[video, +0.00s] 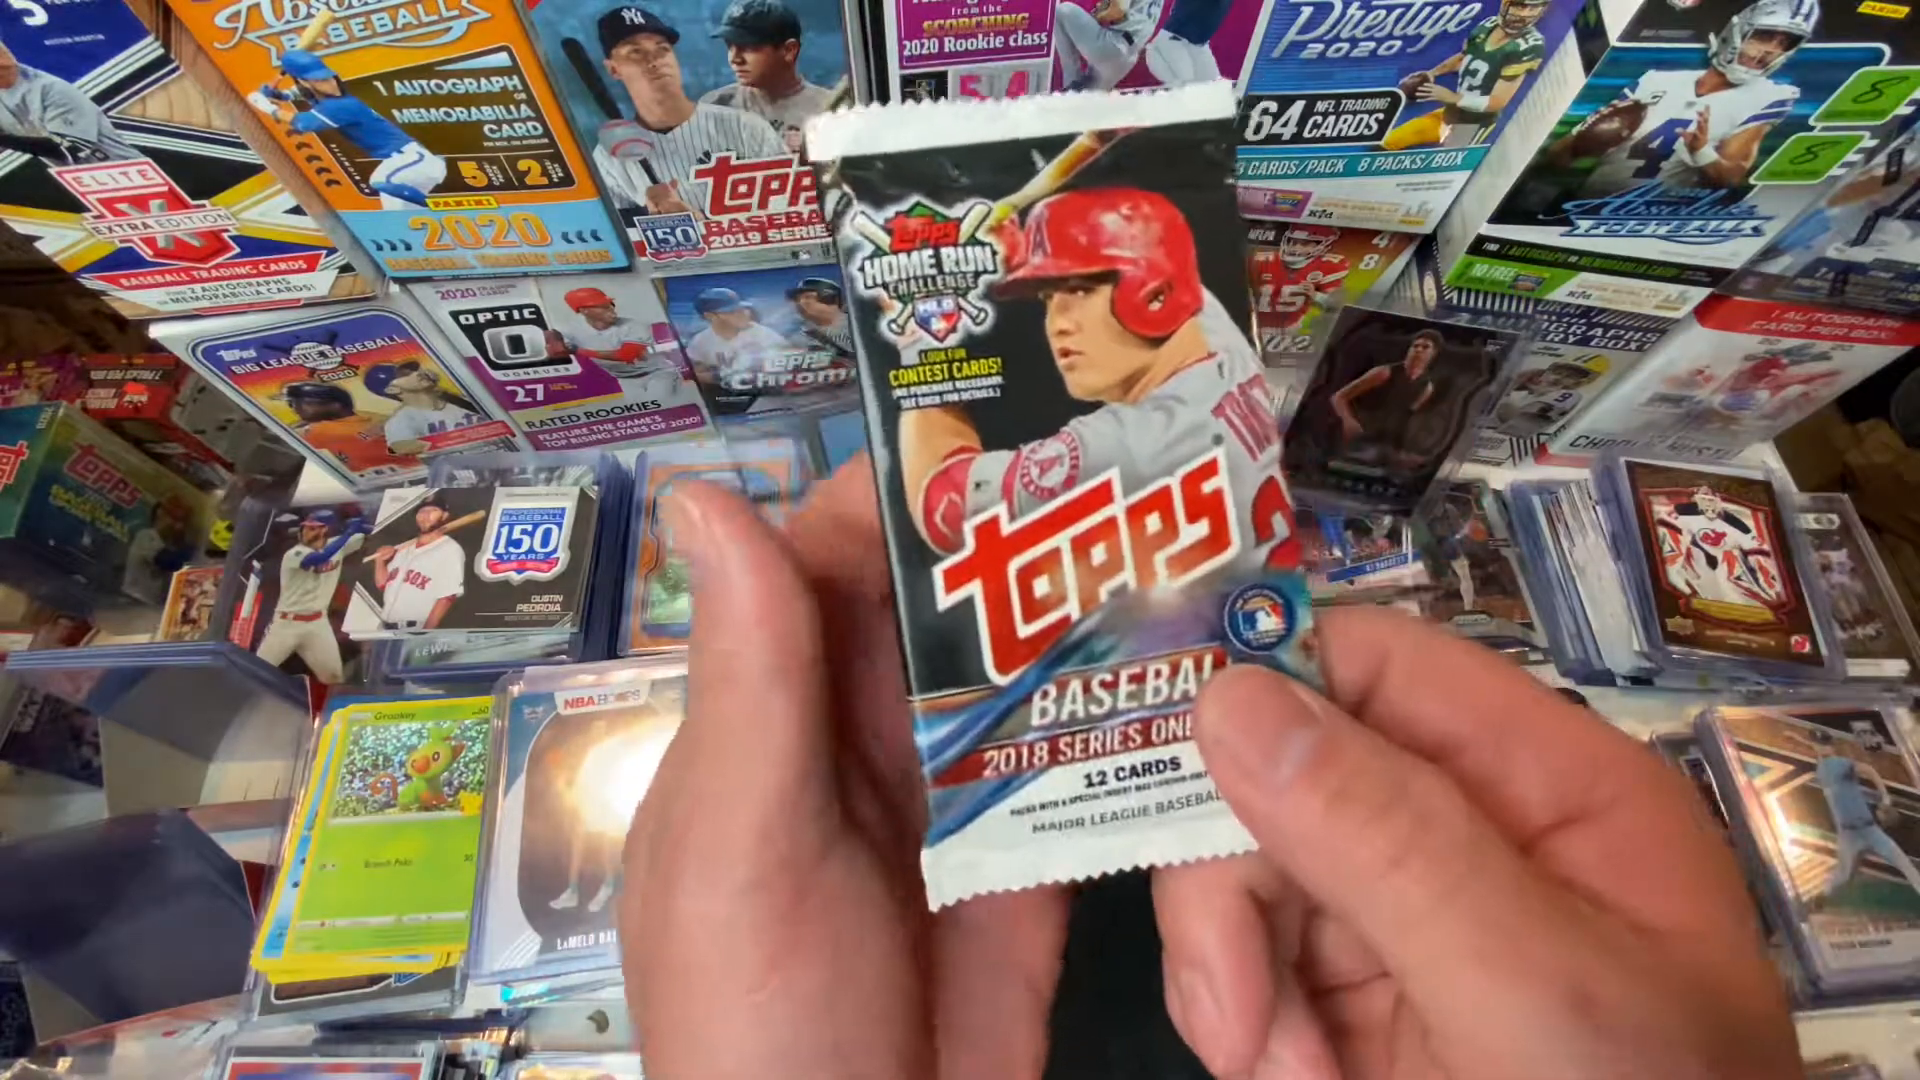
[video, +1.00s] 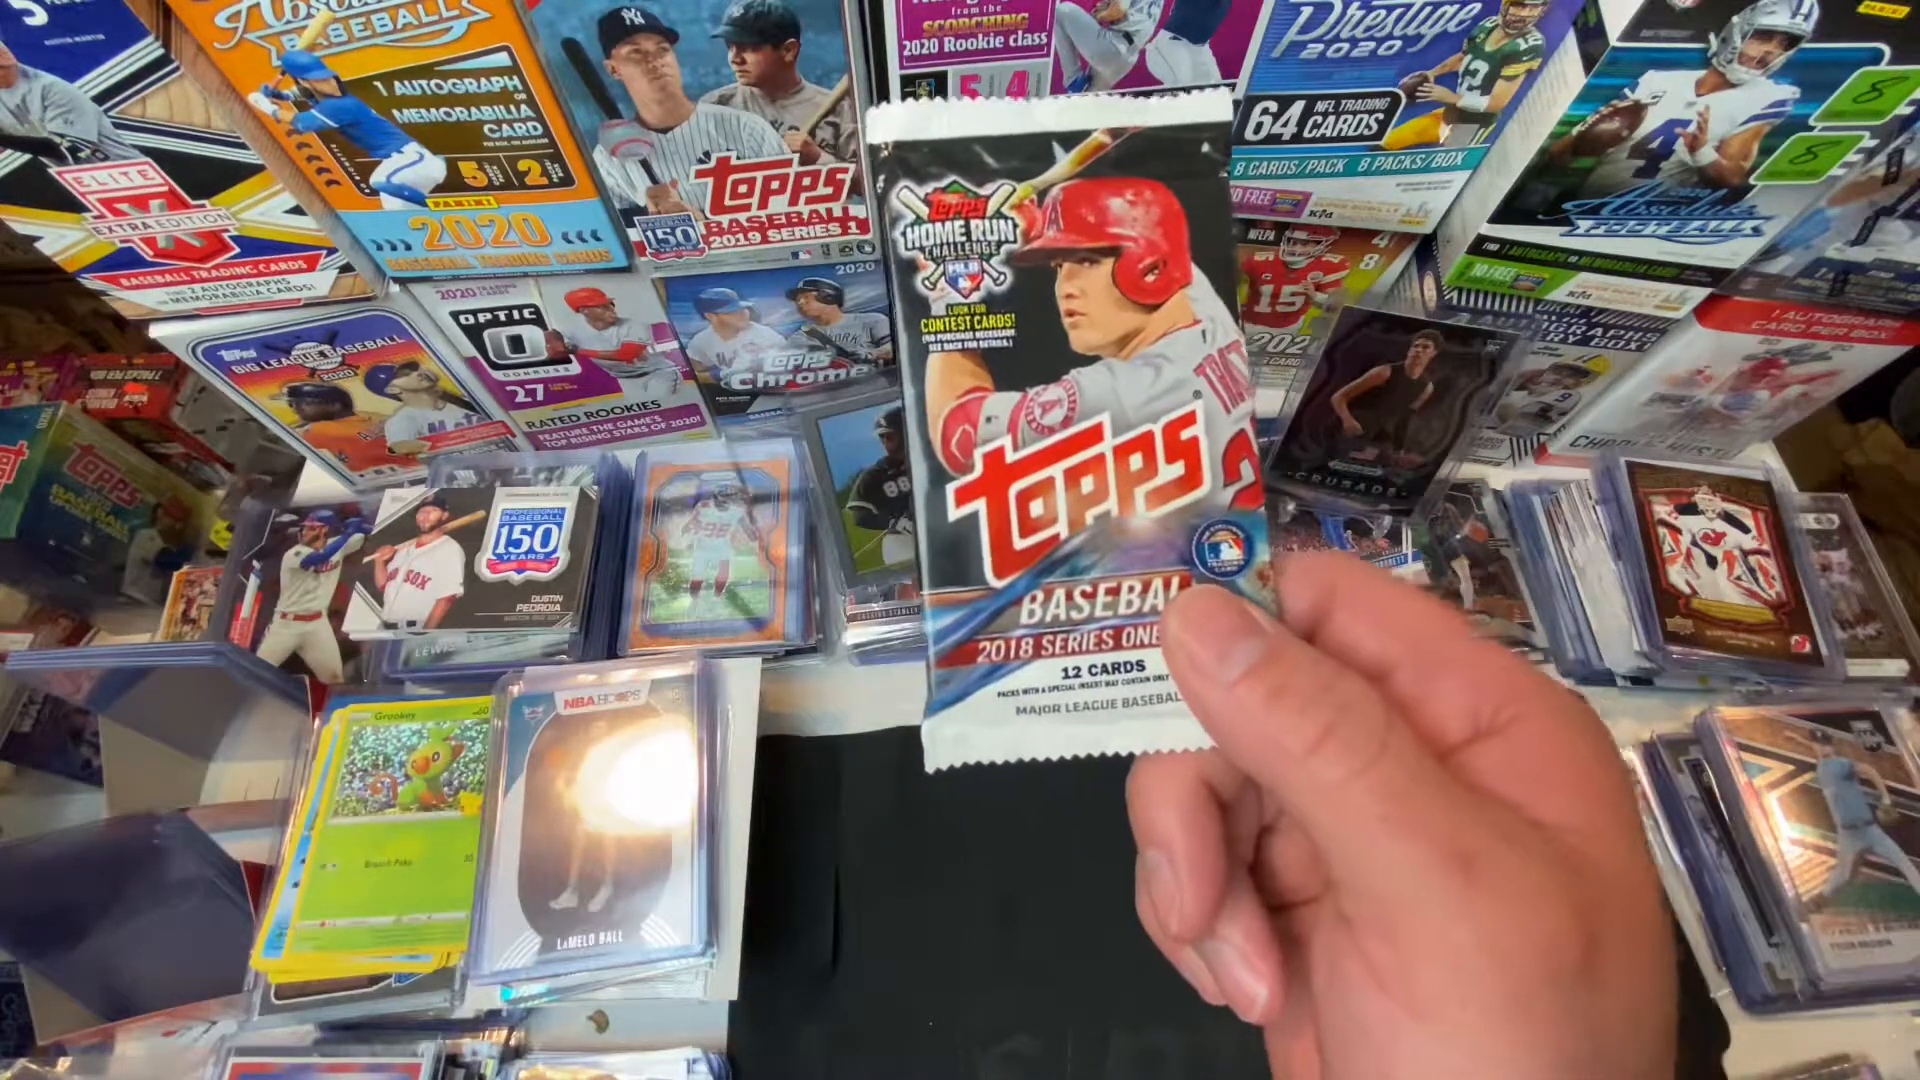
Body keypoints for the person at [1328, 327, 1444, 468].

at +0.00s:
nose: (1419, 350)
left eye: (1425, 347)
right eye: (1416, 346)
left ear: (1433, 355)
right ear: (1410, 349)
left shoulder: (1426, 389)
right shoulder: (1384, 373)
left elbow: (1404, 415)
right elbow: (1339, 398)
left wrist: (1402, 454)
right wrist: (1349, 423)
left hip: (1390, 449)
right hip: (1362, 443)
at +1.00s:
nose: (1419, 351)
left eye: (1426, 347)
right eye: (1416, 346)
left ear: (1433, 354)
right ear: (1409, 349)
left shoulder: (1426, 389)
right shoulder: (1385, 373)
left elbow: (1406, 417)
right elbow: (1338, 398)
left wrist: (1399, 451)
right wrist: (1348, 421)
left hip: (1384, 444)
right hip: (1357, 437)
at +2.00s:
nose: (1419, 350)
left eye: (1426, 347)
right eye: (1416, 346)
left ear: (1434, 355)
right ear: (1410, 349)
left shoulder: (1426, 389)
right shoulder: (1384, 373)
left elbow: (1405, 417)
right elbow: (1338, 397)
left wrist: (1400, 452)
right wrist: (1347, 420)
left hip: (1385, 440)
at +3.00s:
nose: (1418, 350)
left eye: (1425, 347)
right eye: (1415, 346)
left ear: (1433, 354)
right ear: (1409, 349)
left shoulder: (1426, 389)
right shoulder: (1384, 373)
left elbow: (1405, 417)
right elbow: (1338, 397)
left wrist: (1400, 452)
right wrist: (1348, 421)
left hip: (1384, 442)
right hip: (1358, 435)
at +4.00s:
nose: (1418, 350)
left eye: (1425, 347)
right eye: (1416, 346)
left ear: (1434, 354)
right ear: (1409, 349)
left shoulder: (1426, 388)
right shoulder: (1384, 373)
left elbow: (1405, 417)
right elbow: (1338, 398)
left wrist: (1399, 451)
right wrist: (1348, 421)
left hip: (1384, 441)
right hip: (1357, 433)